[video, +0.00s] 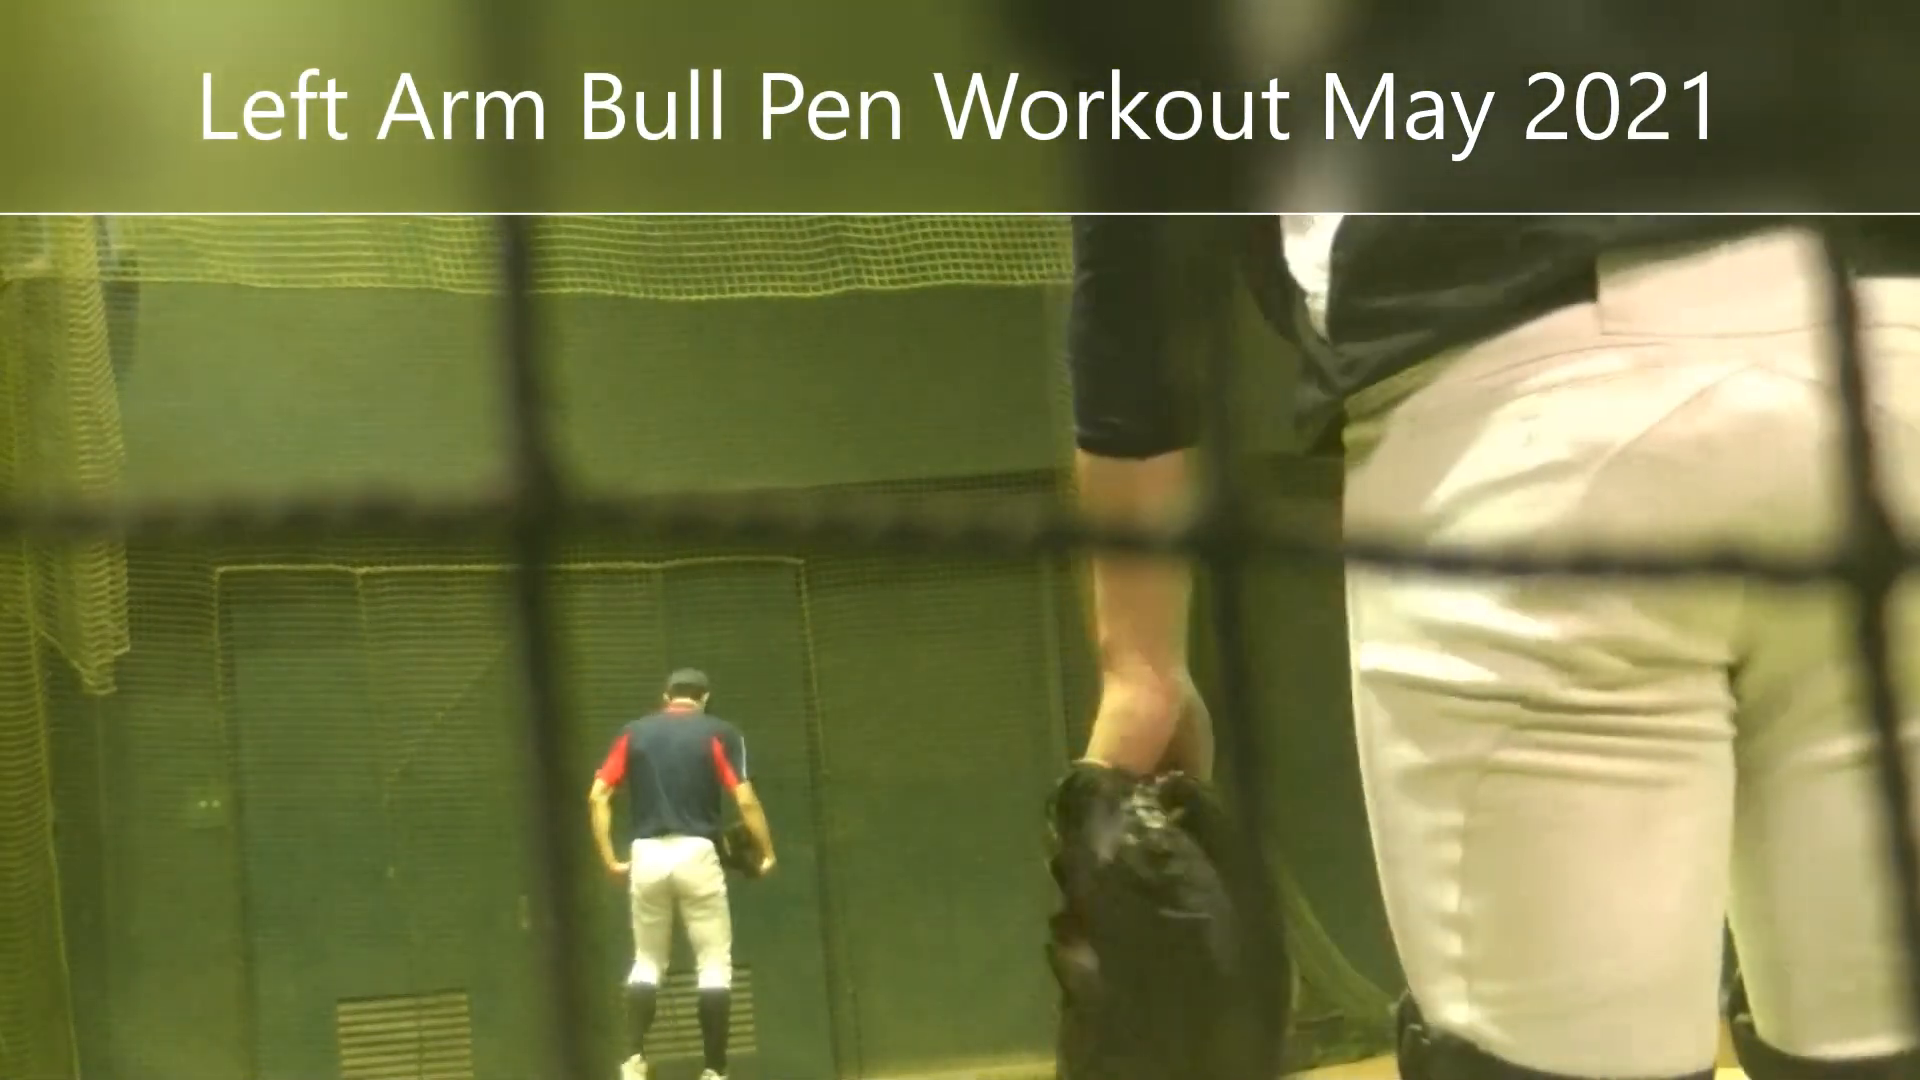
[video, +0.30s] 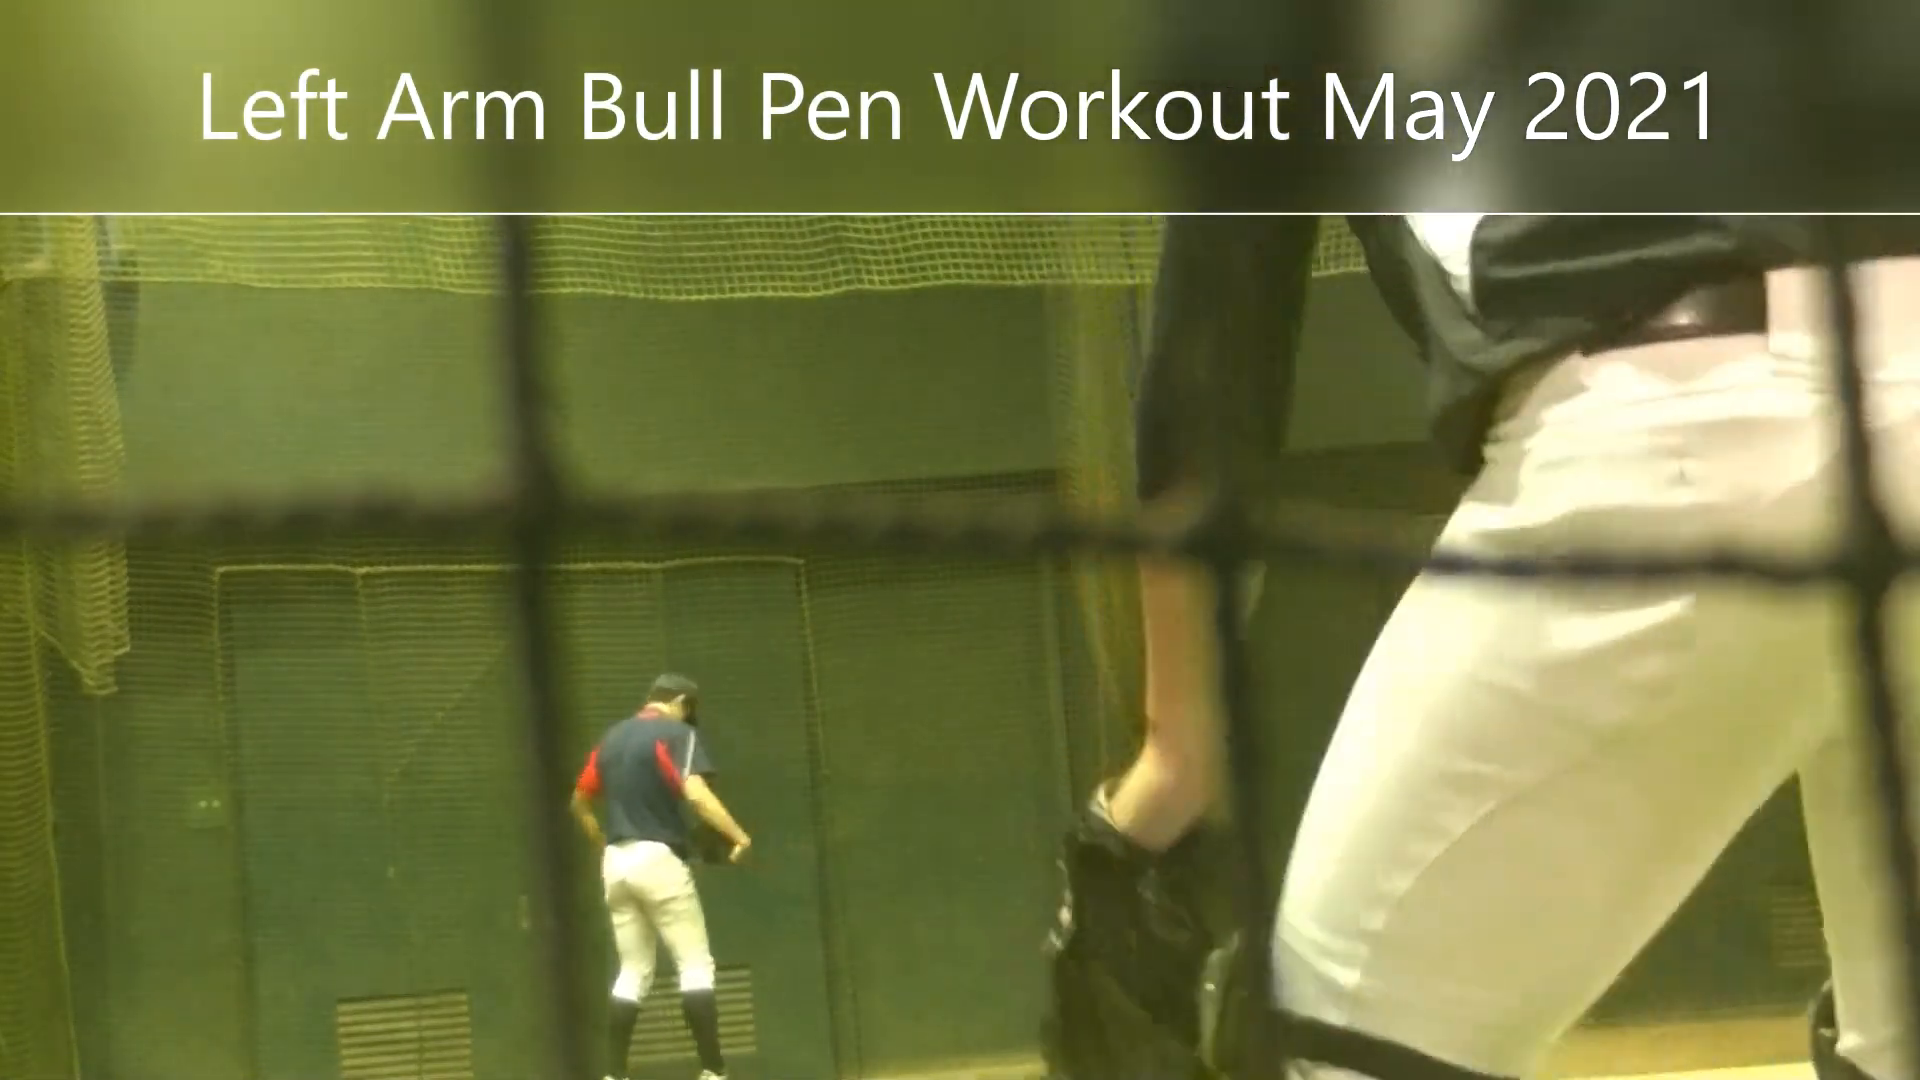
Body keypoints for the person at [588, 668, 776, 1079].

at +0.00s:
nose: (698, 704)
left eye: (674, 697)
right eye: (701, 698)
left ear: (666, 698)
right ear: (703, 699)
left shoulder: (634, 733)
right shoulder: (719, 733)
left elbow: (598, 794)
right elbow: (745, 799)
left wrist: (609, 860)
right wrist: (766, 852)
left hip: (646, 857)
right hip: (697, 856)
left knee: (647, 958)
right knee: (713, 959)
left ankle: (633, 1057)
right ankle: (715, 1068)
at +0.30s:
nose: (687, 717)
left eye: (687, 711)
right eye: (688, 711)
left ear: (649, 700)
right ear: (679, 703)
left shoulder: (611, 737)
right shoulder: (677, 732)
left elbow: (580, 802)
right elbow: (694, 791)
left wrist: (607, 846)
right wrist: (738, 835)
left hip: (614, 862)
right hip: (659, 860)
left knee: (634, 968)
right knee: (694, 961)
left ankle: (614, 1072)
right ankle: (712, 1067)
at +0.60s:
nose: (660, 718)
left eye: (663, 712)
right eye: (662, 711)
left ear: (633, 695)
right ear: (650, 697)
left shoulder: (597, 732)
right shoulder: (633, 730)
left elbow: (612, 804)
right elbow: (630, 799)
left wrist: (666, 838)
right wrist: (671, 840)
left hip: (589, 858)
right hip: (621, 857)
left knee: (614, 970)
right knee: (667, 959)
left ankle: (605, 1072)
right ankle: (671, 1067)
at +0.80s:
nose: (651, 718)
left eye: (654, 711)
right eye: (652, 709)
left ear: (630, 696)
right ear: (637, 697)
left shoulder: (599, 731)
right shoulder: (613, 734)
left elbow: (626, 785)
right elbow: (601, 807)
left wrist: (682, 792)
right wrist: (646, 851)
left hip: (589, 859)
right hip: (607, 859)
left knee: (615, 968)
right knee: (640, 962)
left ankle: (601, 1066)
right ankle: (620, 1067)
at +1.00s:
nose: (647, 718)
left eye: (650, 710)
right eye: (646, 708)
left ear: (629, 701)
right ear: (626, 698)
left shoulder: (612, 739)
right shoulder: (598, 739)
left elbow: (653, 755)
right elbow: (572, 808)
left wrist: (708, 735)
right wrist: (616, 855)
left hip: (619, 868)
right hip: (595, 867)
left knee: (625, 975)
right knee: (617, 975)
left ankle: (607, 1069)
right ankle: (600, 1070)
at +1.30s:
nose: (645, 726)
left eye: (648, 718)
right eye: (640, 717)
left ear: (644, 717)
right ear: (618, 710)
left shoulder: (640, 755)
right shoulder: (572, 754)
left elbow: (690, 793)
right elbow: (530, 810)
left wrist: (750, 787)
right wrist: (556, 851)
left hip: (615, 879)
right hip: (573, 882)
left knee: (635, 972)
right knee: (589, 982)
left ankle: (572, 1056)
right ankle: (586, 1067)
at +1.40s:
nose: (645, 731)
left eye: (648, 723)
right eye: (639, 722)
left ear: (647, 722)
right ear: (617, 714)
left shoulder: (644, 758)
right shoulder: (569, 755)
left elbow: (679, 804)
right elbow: (526, 810)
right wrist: (543, 865)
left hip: (617, 880)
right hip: (573, 884)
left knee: (631, 976)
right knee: (590, 985)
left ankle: (548, 1028)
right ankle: (589, 1070)